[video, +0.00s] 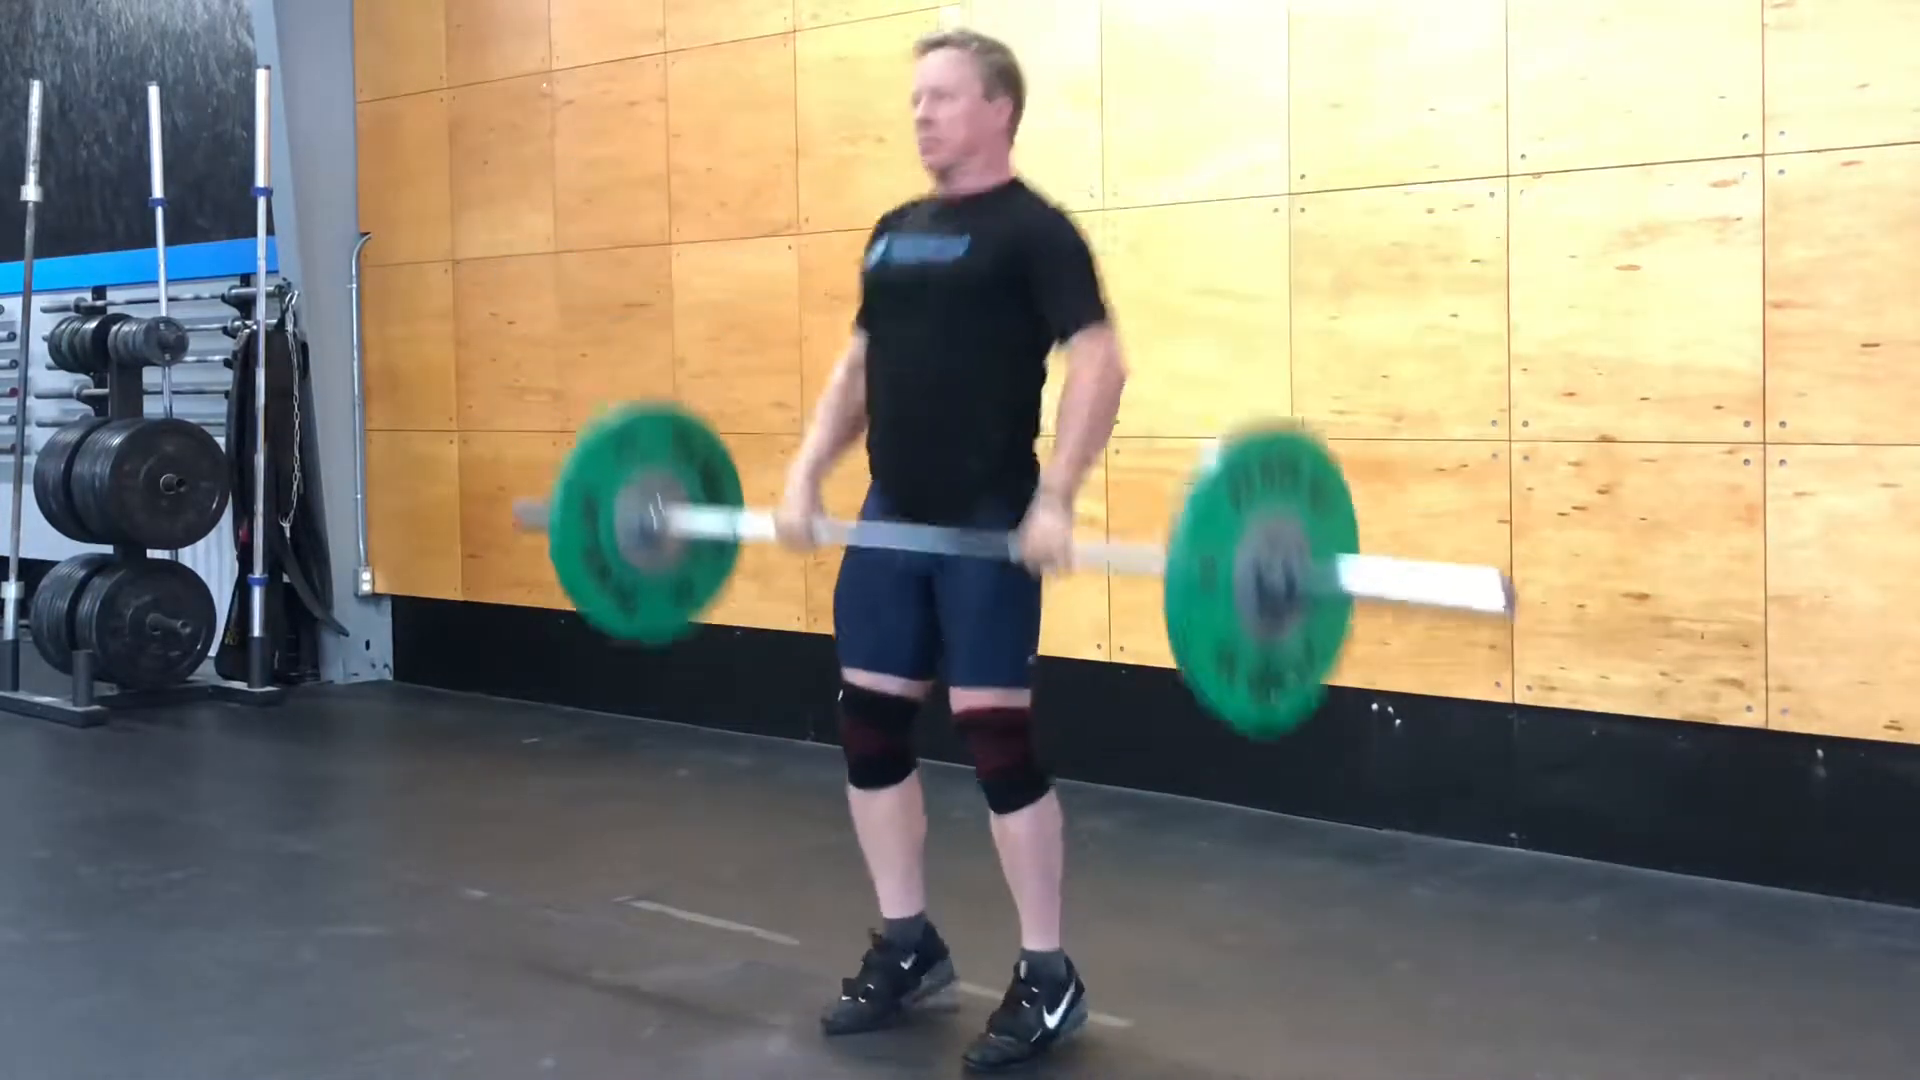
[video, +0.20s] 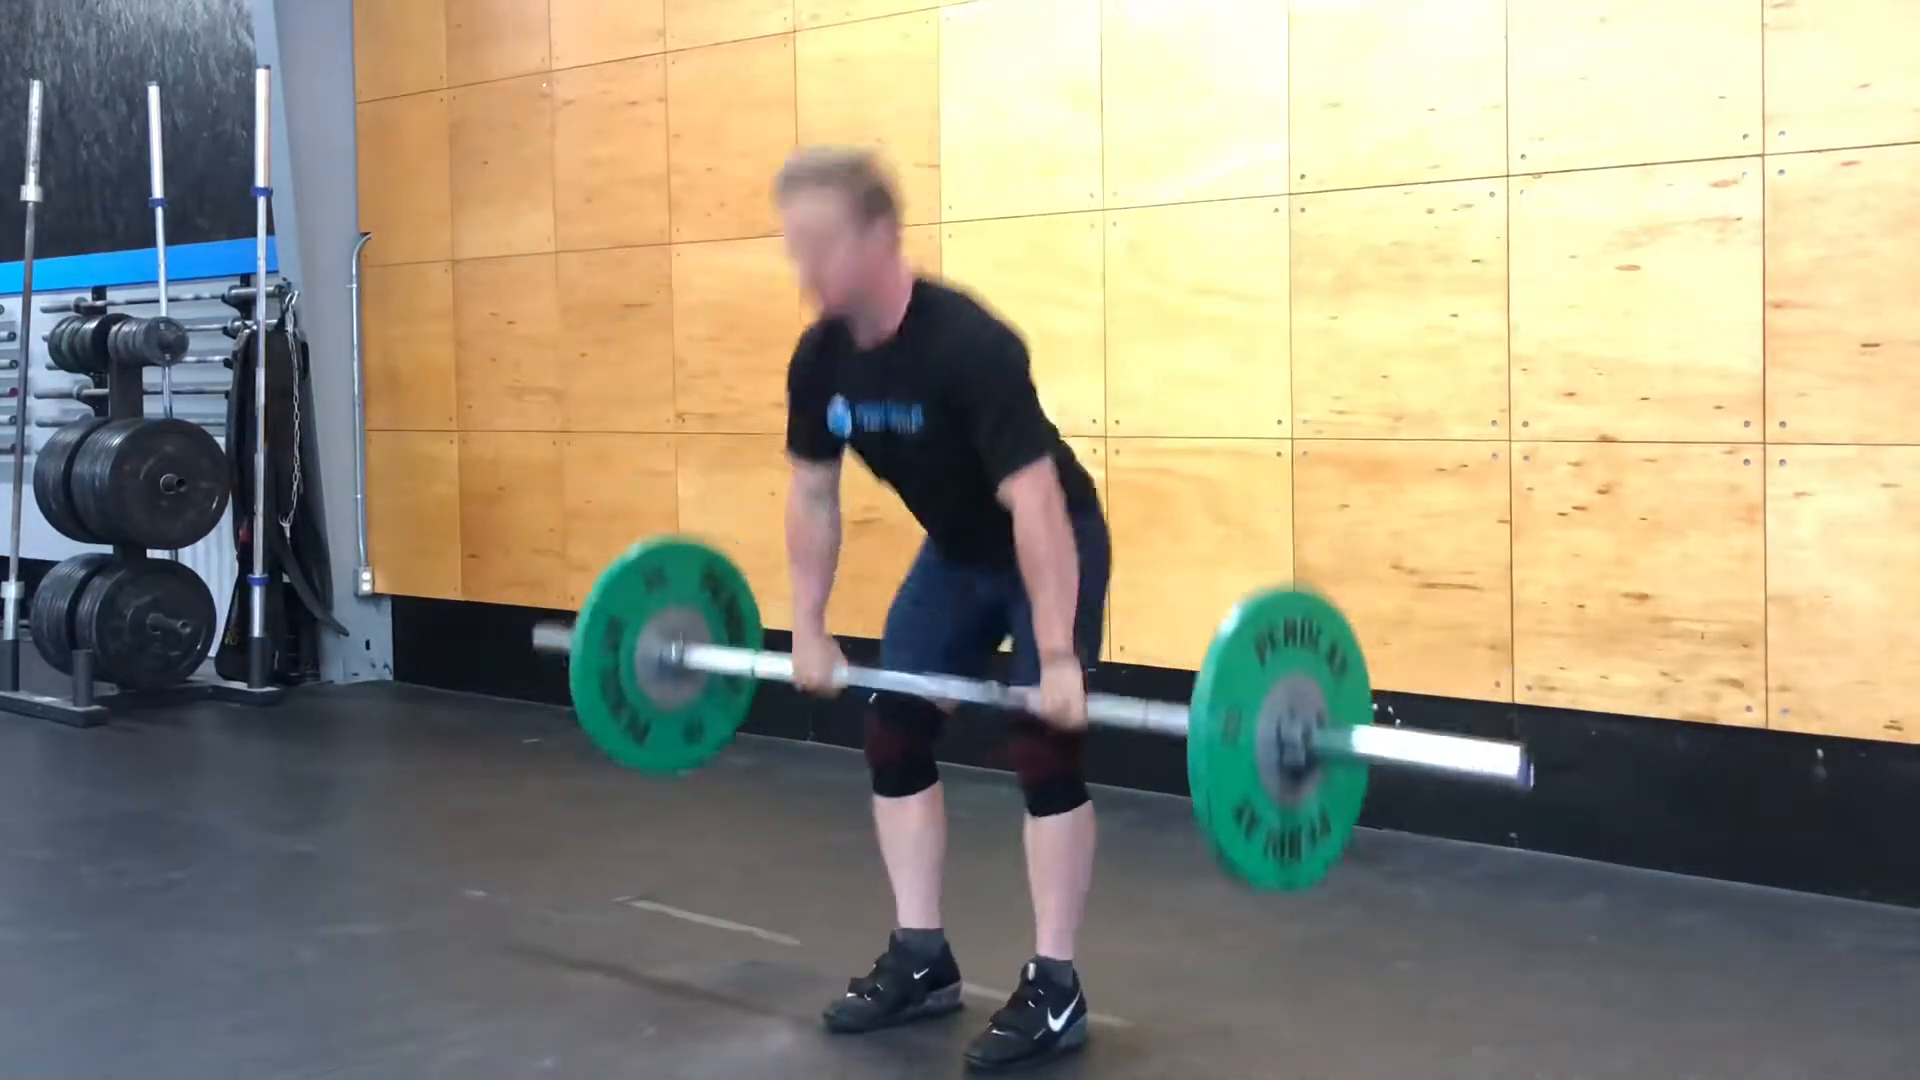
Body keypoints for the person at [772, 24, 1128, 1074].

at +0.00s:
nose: (921, 119)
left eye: (940, 103)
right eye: (916, 104)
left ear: (1001, 111)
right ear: (918, 116)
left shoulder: (1039, 231)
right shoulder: (896, 234)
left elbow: (1100, 364)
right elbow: (864, 363)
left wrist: (1057, 496)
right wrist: (806, 472)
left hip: (990, 533)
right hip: (888, 523)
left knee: (999, 747)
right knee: (870, 732)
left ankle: (1045, 977)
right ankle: (906, 945)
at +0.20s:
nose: (802, 268)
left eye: (817, 244)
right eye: (794, 247)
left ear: (880, 233)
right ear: (796, 248)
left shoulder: (972, 345)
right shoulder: (821, 361)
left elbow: (1034, 498)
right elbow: (814, 498)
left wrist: (1057, 654)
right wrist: (808, 628)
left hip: (1052, 545)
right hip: (958, 550)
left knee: (1043, 741)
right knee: (892, 729)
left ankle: (1054, 986)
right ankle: (921, 955)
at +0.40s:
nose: (776, 512)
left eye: (785, 487)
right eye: (764, 493)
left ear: (840, 448)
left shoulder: (958, 502)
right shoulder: (805, 513)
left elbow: (1026, 664)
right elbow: (809, 647)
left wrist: (1052, 818)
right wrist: (805, 785)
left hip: (1085, 569)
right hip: (980, 581)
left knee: (1057, 758)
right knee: (892, 730)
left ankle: (1054, 986)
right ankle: (920, 956)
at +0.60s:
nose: (759, 634)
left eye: (768, 615)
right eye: (749, 620)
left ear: (822, 576)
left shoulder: (949, 590)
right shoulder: (798, 593)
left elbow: (1047, 733)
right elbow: (795, 713)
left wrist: (1068, 888)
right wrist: (805, 837)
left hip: (1091, 578)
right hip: (988, 578)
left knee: (1042, 755)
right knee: (877, 733)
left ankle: (1052, 989)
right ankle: (921, 959)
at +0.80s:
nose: (750, 540)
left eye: (757, 519)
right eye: (741, 524)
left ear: (817, 484)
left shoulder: (939, 520)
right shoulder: (789, 534)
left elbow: (1021, 681)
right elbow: (798, 660)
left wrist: (1027, 833)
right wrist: (804, 799)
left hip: (1078, 561)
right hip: (968, 573)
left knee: (1047, 750)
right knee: (890, 732)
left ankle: (1052, 988)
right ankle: (920, 960)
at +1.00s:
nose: (775, 355)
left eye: (788, 332)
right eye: (765, 336)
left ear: (852, 317)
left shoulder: (956, 399)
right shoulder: (802, 422)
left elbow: (1025, 557)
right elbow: (816, 545)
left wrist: (1009, 703)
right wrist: (825, 678)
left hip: (1070, 543)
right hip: (969, 555)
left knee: (1044, 749)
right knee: (907, 730)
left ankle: (1052, 982)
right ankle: (920, 953)